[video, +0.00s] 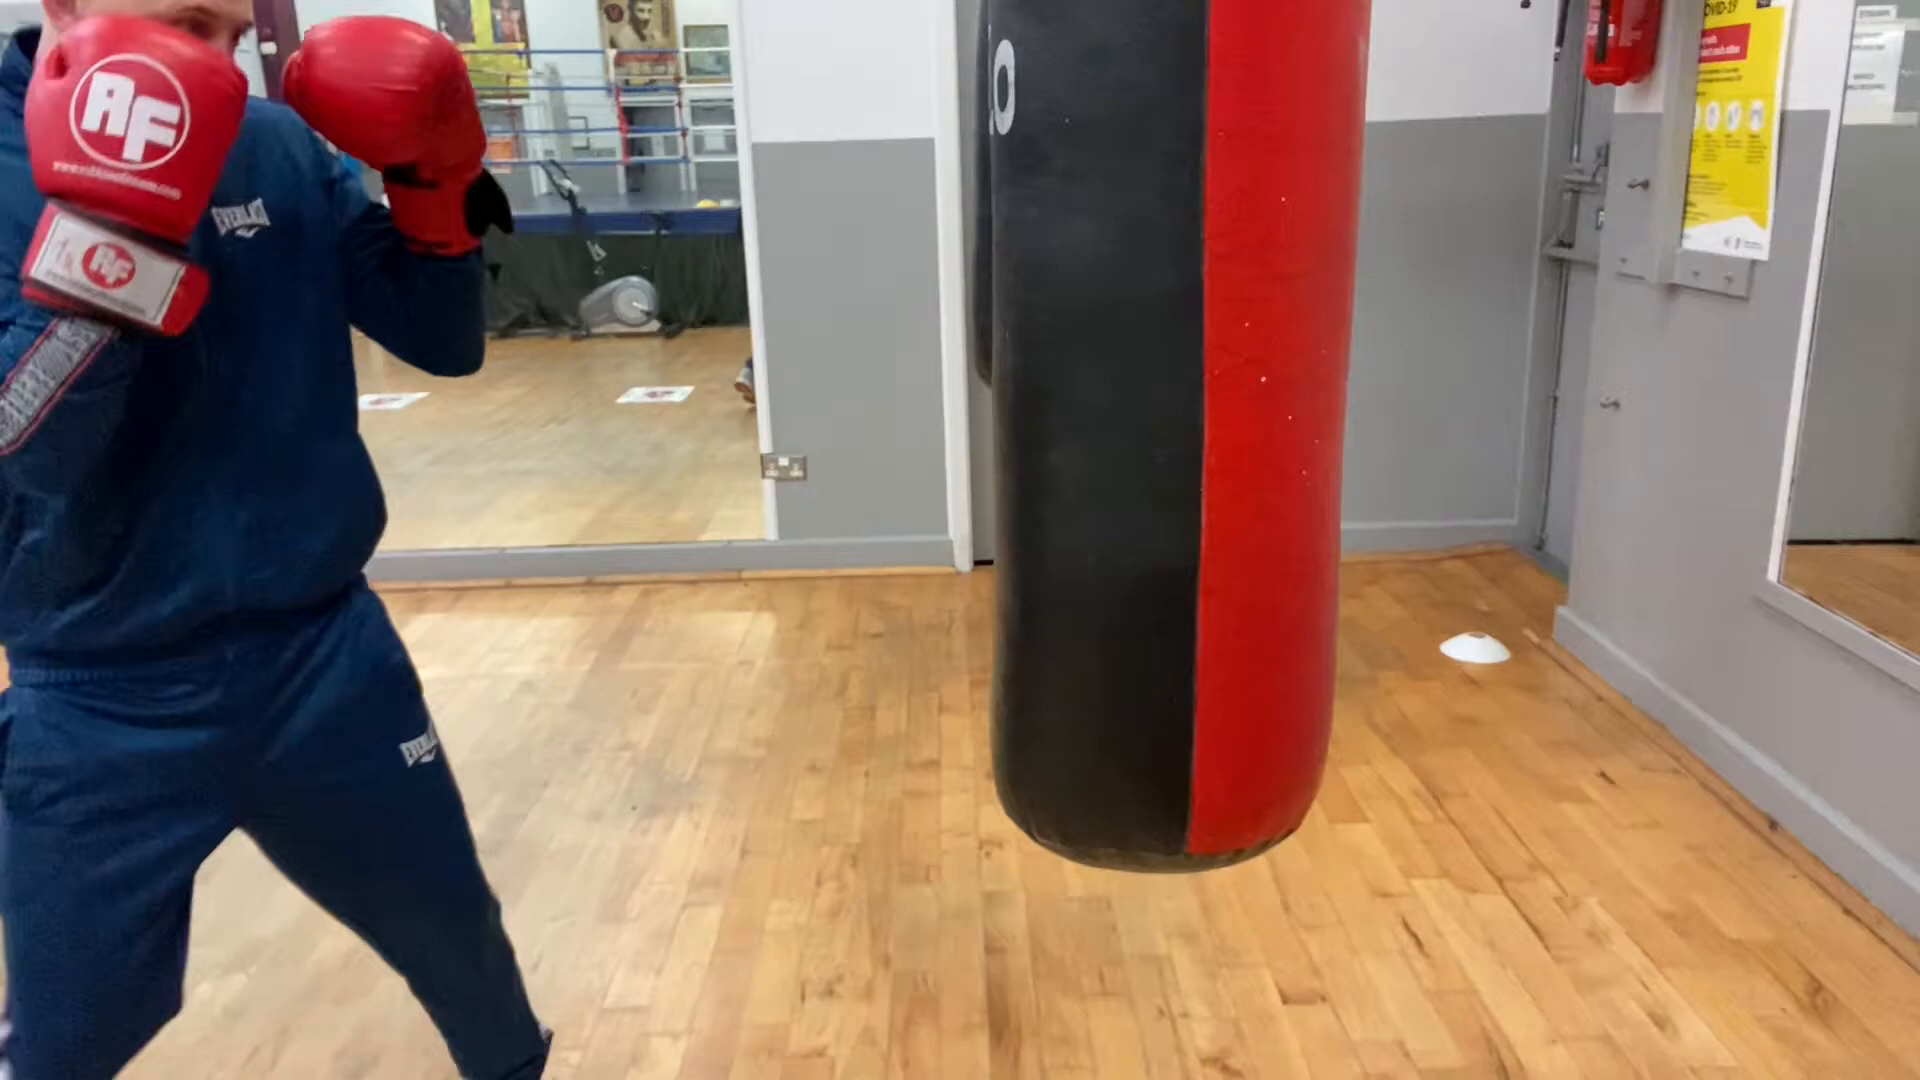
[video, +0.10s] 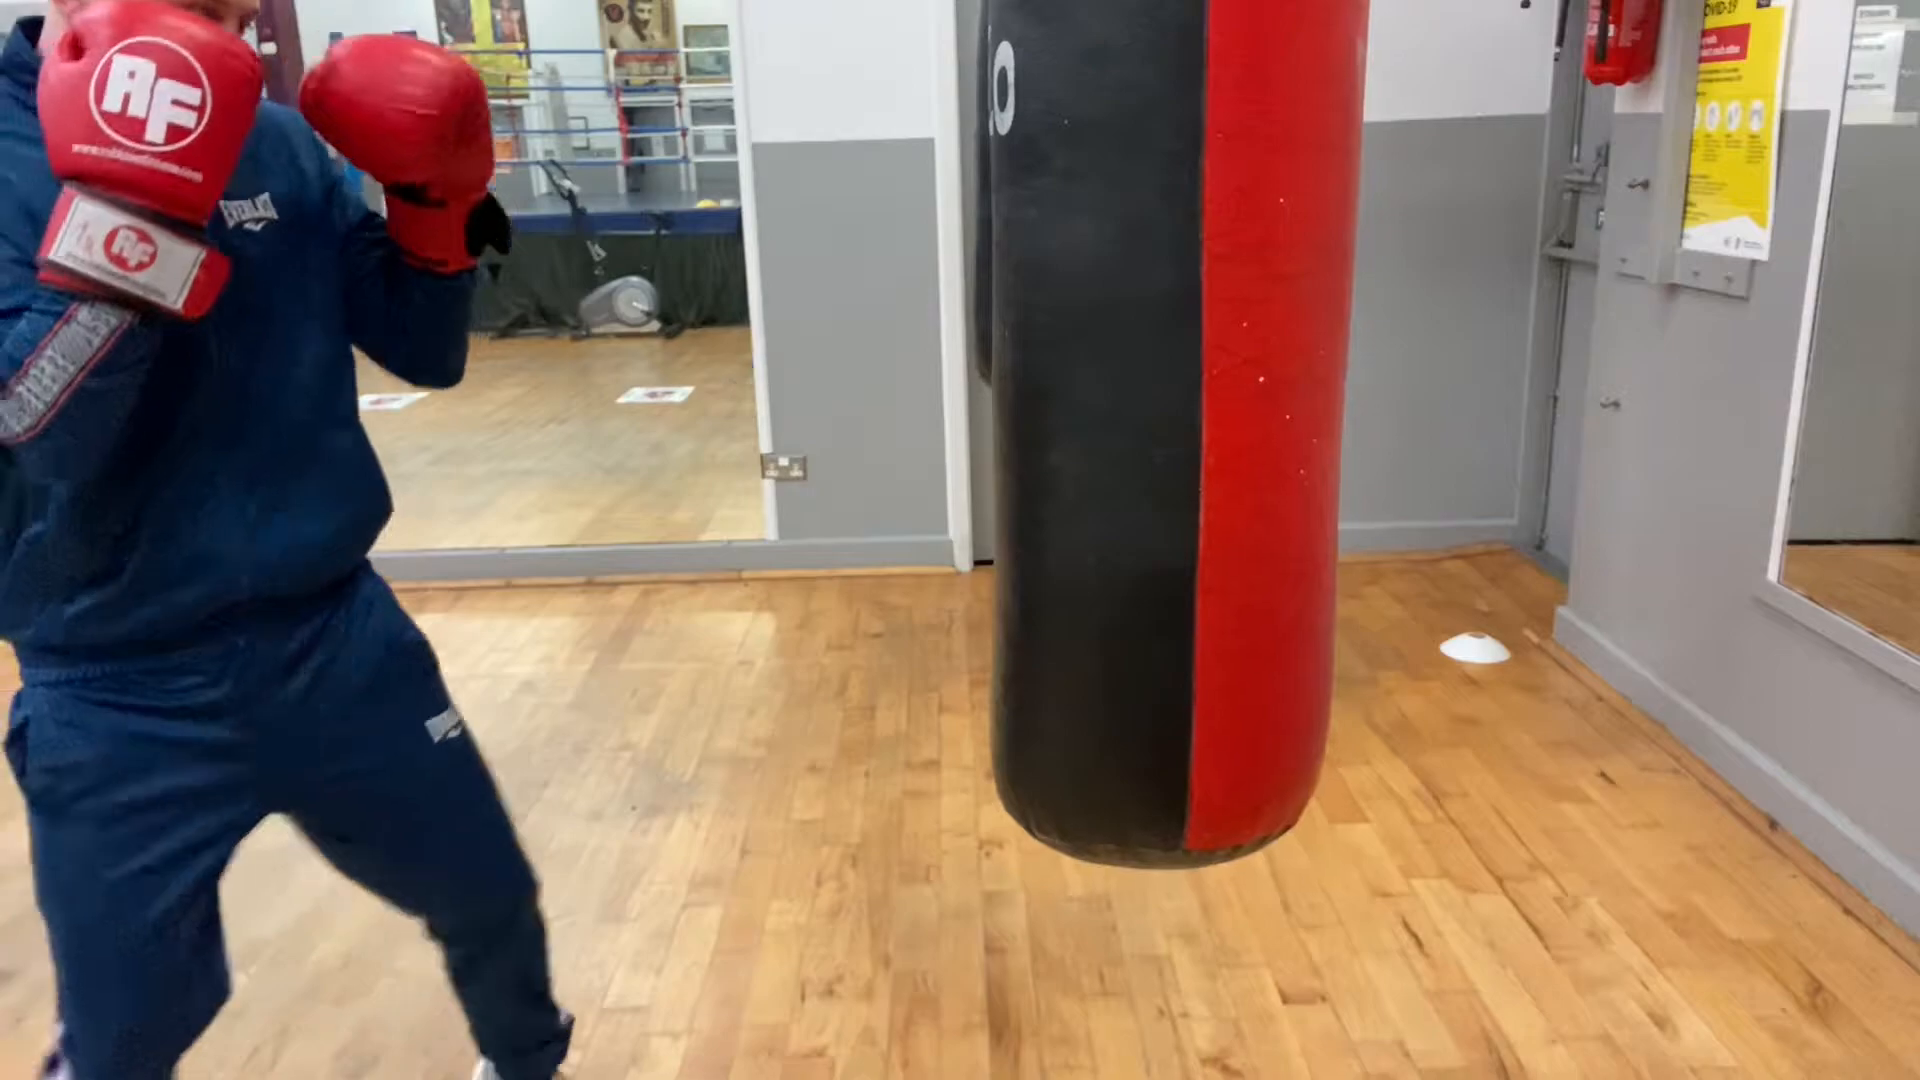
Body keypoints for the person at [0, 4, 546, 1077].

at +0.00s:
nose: (215, 65)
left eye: (229, 31)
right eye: (177, 26)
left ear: (250, 25)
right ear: (64, 13)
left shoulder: (279, 145)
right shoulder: (10, 176)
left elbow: (444, 340)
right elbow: (22, 475)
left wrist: (435, 188)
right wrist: (104, 242)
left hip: (321, 663)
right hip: (89, 705)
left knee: (458, 942)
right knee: (62, 1047)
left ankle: (512, 1064)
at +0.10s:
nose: (248, 19)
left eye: (248, 8)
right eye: (216, 6)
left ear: (255, 16)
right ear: (103, 4)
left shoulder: (270, 125)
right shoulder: (12, 161)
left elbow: (426, 351)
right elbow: (40, 441)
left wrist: (435, 207)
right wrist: (124, 215)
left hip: (331, 637)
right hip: (113, 689)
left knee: (490, 900)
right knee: (131, 1030)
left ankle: (529, 1064)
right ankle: (85, 1070)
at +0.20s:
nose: (248, 95)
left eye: (268, 55)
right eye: (209, 54)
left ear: (294, 42)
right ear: (96, 39)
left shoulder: (270, 174)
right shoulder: (20, 218)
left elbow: (393, 404)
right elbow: (64, 496)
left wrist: (430, 274)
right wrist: (172, 258)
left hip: (366, 662)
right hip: (171, 741)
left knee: (570, 886)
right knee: (191, 1060)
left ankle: (588, 1057)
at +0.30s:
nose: (321, 133)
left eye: (332, 100)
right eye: (291, 100)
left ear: (344, 79)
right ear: (164, 76)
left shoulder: (329, 201)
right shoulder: (34, 244)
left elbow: (440, 414)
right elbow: (112, 515)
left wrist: (489, 310)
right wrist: (223, 311)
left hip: (400, 688)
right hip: (186, 753)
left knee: (597, 955)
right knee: (187, 1065)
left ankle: (672, 1074)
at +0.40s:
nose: (397, 220)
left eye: (411, 188)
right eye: (368, 187)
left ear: (426, 167)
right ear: (253, 151)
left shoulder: (417, 275)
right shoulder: (74, 297)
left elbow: (545, 456)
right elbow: (138, 571)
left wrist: (586, 353)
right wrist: (290, 395)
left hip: (444, 740)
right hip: (210, 785)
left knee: (614, 961)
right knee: (155, 1067)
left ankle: (652, 1074)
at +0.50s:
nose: (413, 243)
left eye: (425, 212)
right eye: (385, 213)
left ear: (435, 187)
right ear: (268, 178)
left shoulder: (416, 295)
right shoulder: (85, 323)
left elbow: (535, 501)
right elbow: (161, 601)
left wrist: (578, 401)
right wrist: (303, 430)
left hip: (462, 760)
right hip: (231, 820)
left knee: (645, 977)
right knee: (164, 1067)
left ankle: (667, 1072)